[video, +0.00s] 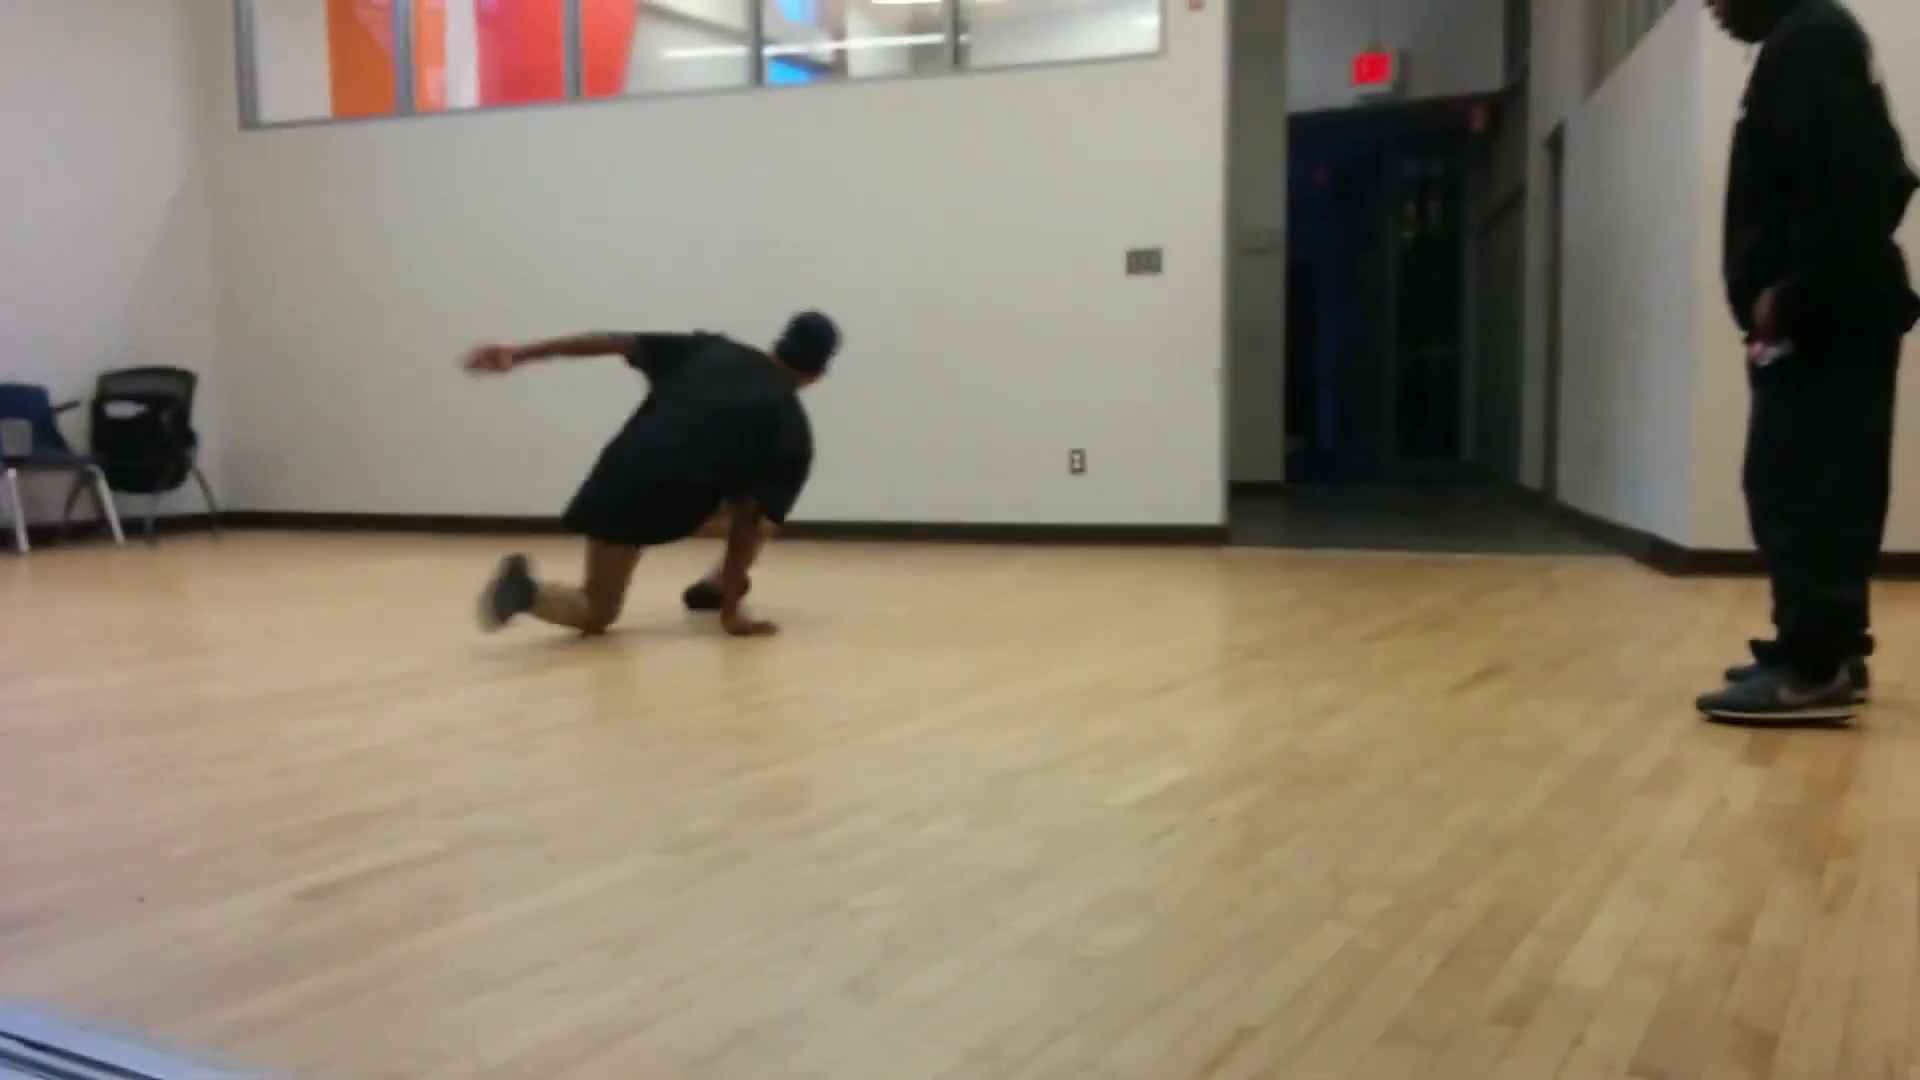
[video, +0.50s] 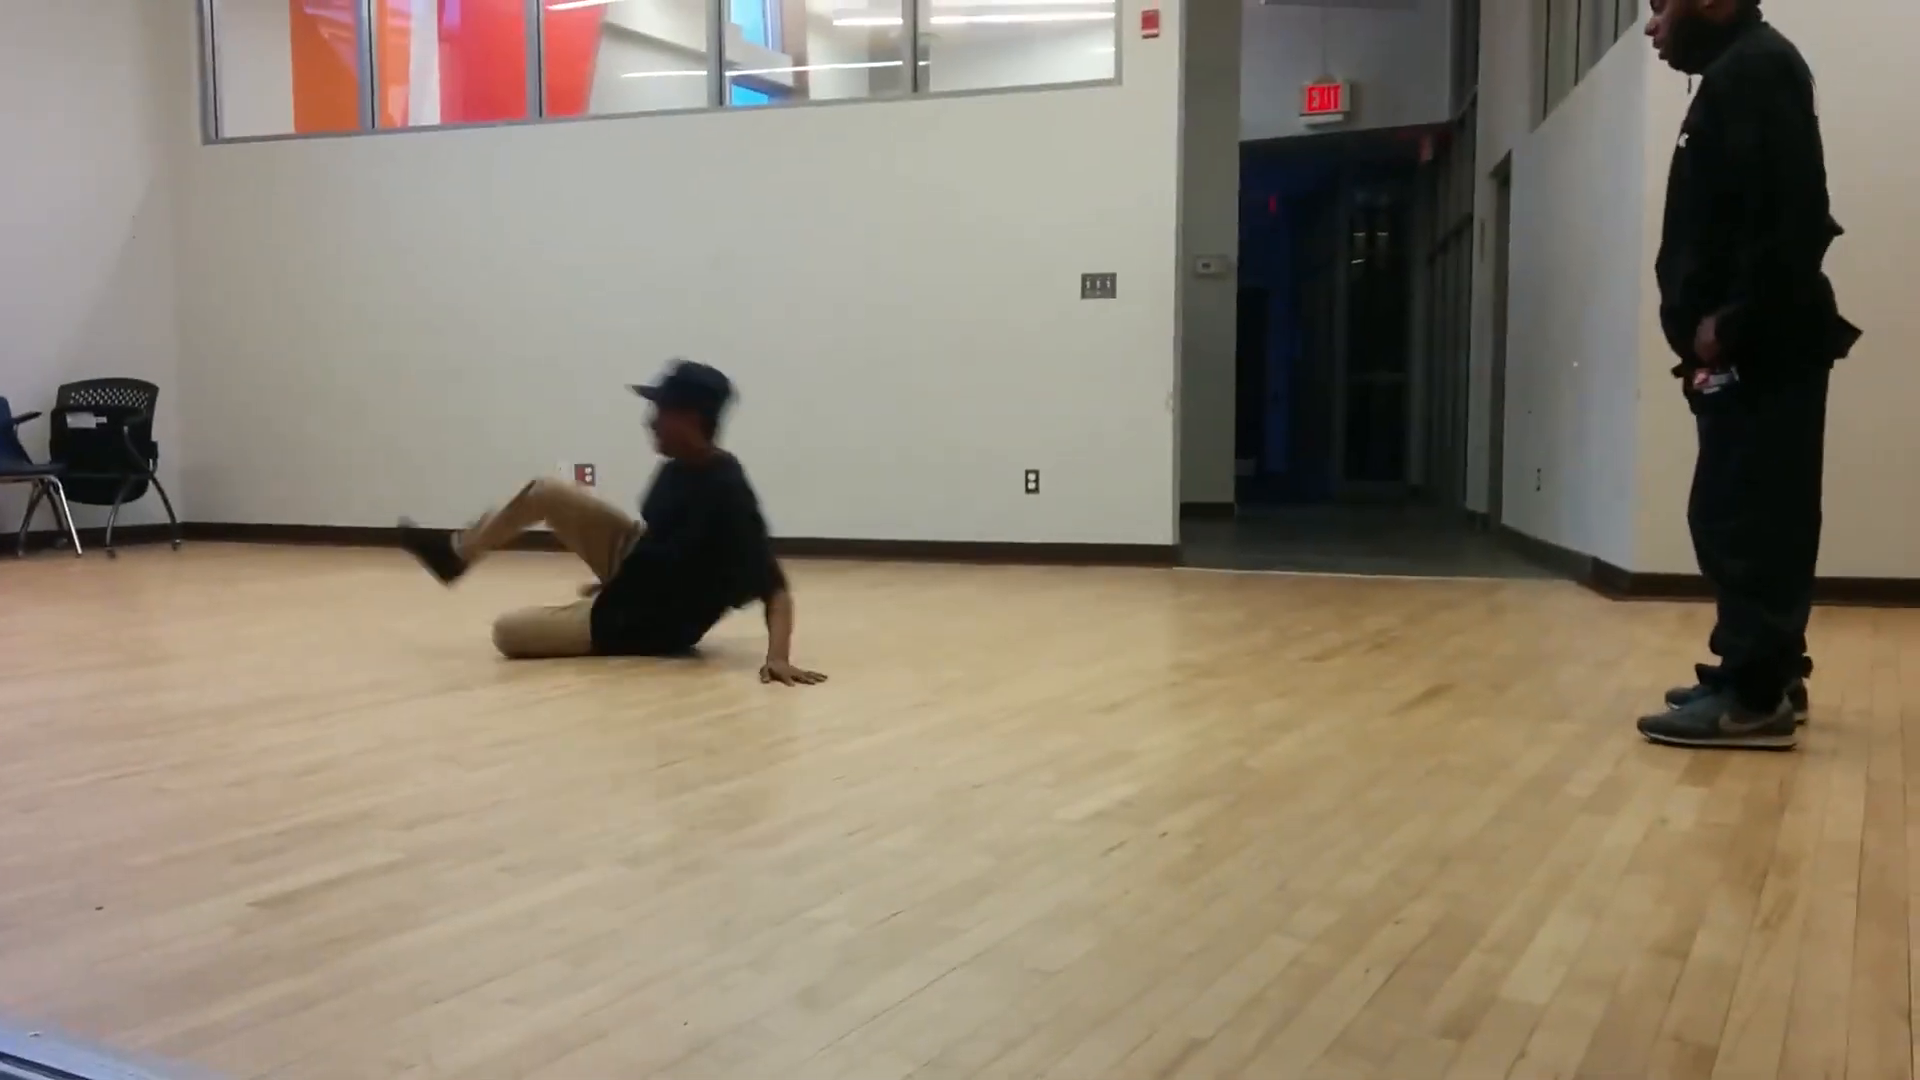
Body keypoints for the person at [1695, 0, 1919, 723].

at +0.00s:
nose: (1713, 9)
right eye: (1710, 1)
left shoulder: (1809, 44)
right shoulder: (1809, 38)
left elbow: (1870, 184)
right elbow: (1867, 183)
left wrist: (1787, 295)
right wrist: (1777, 293)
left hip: (1829, 322)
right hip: (1826, 318)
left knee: (1795, 483)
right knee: (1817, 482)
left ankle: (1813, 667)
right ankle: (1823, 651)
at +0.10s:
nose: (1691, 14)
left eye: (1697, 1)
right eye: (1689, 5)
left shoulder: (1785, 50)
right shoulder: (1790, 43)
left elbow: (1834, 191)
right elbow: (1840, 189)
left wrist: (1765, 298)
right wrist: (1757, 301)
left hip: (1808, 324)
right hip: (1809, 319)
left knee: (1776, 483)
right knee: (1796, 483)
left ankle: (1794, 668)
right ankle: (1801, 652)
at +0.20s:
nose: (1672, 17)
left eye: (1680, 4)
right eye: (1672, 7)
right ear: (1726, 3)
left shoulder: (1766, 57)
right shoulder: (1770, 51)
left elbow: (1792, 202)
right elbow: (1797, 201)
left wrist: (1744, 305)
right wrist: (1734, 308)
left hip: (1787, 331)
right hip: (1790, 326)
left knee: (1755, 490)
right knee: (1778, 489)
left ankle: (1773, 672)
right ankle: (1782, 658)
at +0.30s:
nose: (1661, 19)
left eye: (1670, 4)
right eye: (1661, 7)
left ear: (1715, 0)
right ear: (1720, 5)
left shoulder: (1757, 62)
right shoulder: (1759, 58)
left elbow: (1779, 207)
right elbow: (1784, 208)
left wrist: (1733, 310)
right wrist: (1722, 311)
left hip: (1776, 336)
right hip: (1777, 331)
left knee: (1747, 499)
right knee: (1766, 497)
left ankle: (1764, 682)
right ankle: (1772, 666)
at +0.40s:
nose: (1656, 23)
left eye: (1666, 5)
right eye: (1655, 9)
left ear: (1717, 3)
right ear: (1721, 6)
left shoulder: (1756, 68)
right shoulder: (1749, 65)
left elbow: (1781, 216)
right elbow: (1753, 215)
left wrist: (1730, 319)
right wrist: (1709, 329)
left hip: (1773, 347)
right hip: (1763, 343)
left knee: (1745, 508)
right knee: (1758, 505)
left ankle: (1762, 691)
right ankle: (1766, 672)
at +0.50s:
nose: (1650, 26)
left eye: (1659, 7)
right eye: (1650, 11)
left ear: (1712, 3)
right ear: (1715, 8)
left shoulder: (1754, 70)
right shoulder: (1744, 68)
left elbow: (1788, 221)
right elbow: (1756, 220)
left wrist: (1728, 321)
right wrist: (1701, 328)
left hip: (1766, 353)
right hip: (1752, 350)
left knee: (1744, 515)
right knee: (1749, 512)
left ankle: (1755, 698)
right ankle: (1760, 678)